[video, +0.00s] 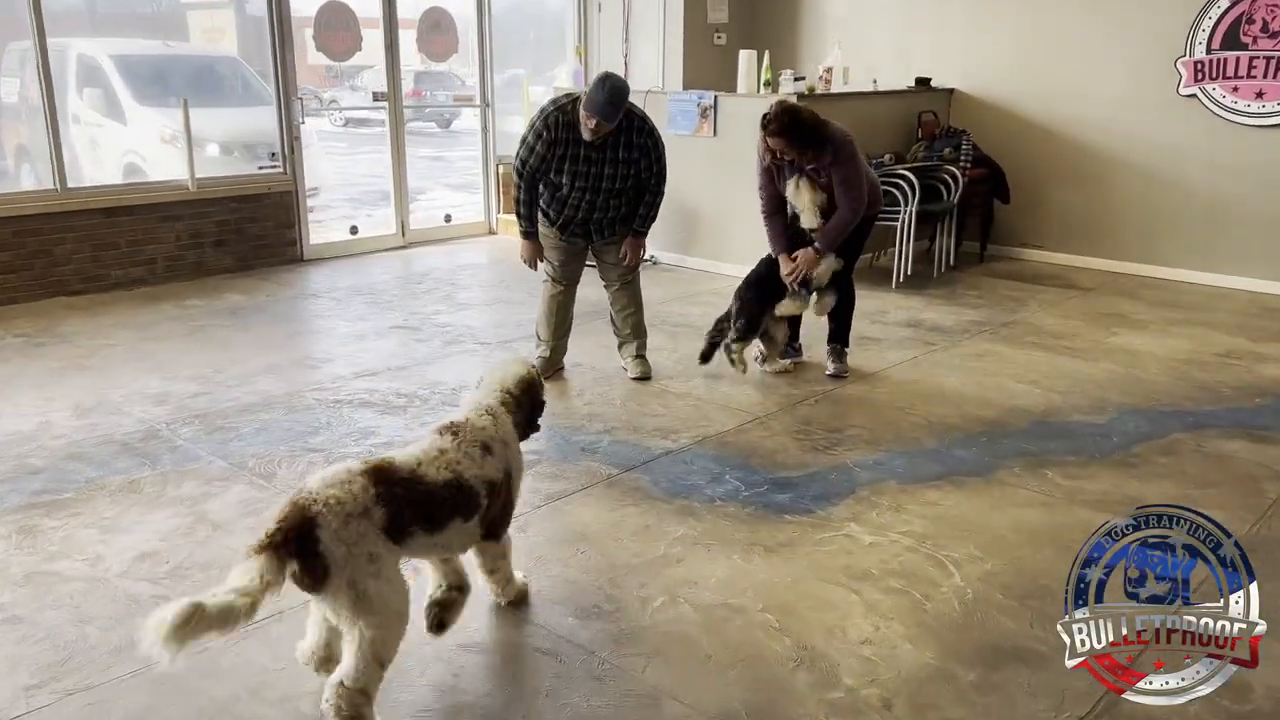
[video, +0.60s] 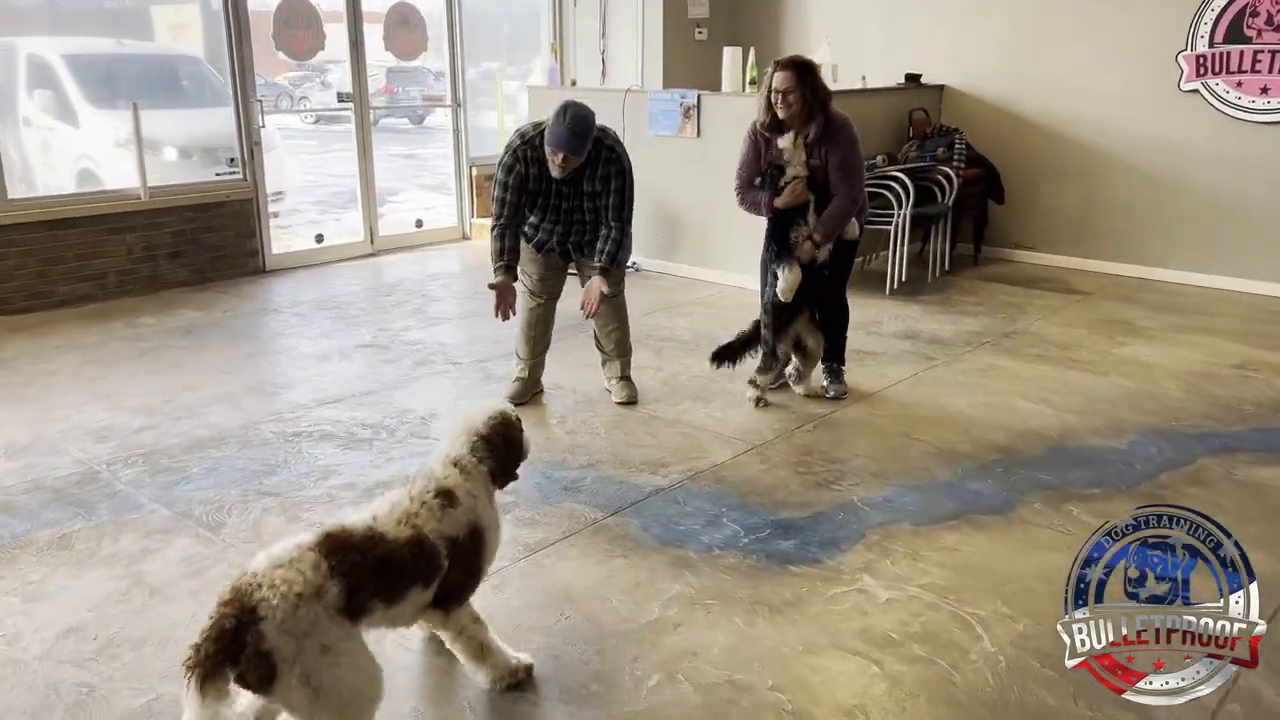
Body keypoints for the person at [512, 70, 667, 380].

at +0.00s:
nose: (592, 125)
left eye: (602, 122)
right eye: (588, 116)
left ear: (618, 117)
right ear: (582, 101)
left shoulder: (640, 131)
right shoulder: (552, 120)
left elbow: (655, 183)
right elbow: (524, 174)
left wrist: (639, 233)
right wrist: (528, 235)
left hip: (615, 224)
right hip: (561, 221)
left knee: (624, 288)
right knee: (557, 289)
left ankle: (634, 353)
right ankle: (548, 356)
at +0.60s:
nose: (559, 160)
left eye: (569, 156)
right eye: (553, 152)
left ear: (587, 146)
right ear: (546, 137)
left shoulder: (610, 154)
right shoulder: (522, 148)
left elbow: (617, 220)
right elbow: (505, 215)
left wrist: (602, 275)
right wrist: (504, 274)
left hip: (594, 236)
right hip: (541, 235)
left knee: (610, 303)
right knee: (535, 304)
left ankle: (618, 376)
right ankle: (527, 377)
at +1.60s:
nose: (520, 159)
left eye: (533, 150)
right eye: (512, 146)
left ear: (553, 141)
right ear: (502, 137)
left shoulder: (582, 168)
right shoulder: (477, 167)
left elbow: (593, 250)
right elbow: (469, 246)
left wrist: (559, 313)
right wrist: (510, 304)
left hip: (572, 260)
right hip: (512, 259)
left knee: (581, 329)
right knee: (499, 328)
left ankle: (594, 420)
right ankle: (491, 419)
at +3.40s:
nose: (564, 142)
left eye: (572, 135)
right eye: (557, 133)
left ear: (586, 109)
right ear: (532, 107)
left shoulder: (596, 131)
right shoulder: (479, 125)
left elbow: (615, 207)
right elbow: (461, 217)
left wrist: (583, 271)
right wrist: (501, 289)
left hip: (562, 262)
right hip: (488, 260)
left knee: (573, 348)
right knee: (484, 349)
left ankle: (586, 440)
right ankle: (473, 440)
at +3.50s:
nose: (573, 150)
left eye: (582, 144)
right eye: (566, 141)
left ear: (597, 117)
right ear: (543, 115)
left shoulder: (606, 135)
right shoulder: (488, 131)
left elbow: (627, 199)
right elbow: (468, 223)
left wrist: (613, 259)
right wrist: (503, 296)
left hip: (568, 258)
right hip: (496, 256)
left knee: (579, 345)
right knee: (490, 349)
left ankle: (592, 440)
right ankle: (478, 439)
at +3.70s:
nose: (591, 182)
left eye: (600, 176)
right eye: (584, 174)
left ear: (618, 147)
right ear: (563, 148)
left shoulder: (628, 154)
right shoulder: (511, 152)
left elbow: (651, 213)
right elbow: (491, 245)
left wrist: (672, 281)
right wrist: (522, 320)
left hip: (582, 256)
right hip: (511, 253)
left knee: (592, 345)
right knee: (502, 345)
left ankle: (605, 440)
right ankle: (492, 440)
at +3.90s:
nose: (602, 229)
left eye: (611, 226)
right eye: (592, 219)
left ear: (629, 185)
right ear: (572, 188)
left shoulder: (643, 173)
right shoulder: (529, 192)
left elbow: (658, 227)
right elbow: (523, 282)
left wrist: (660, 294)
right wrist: (575, 339)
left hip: (596, 240)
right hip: (516, 242)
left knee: (604, 334)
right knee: (519, 334)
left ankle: (615, 438)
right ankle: (503, 440)